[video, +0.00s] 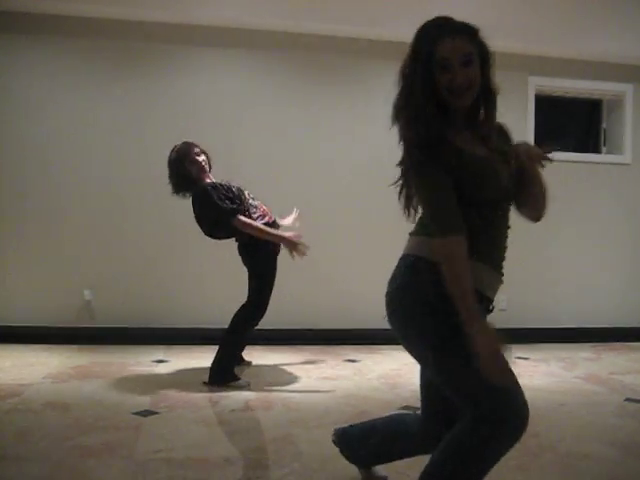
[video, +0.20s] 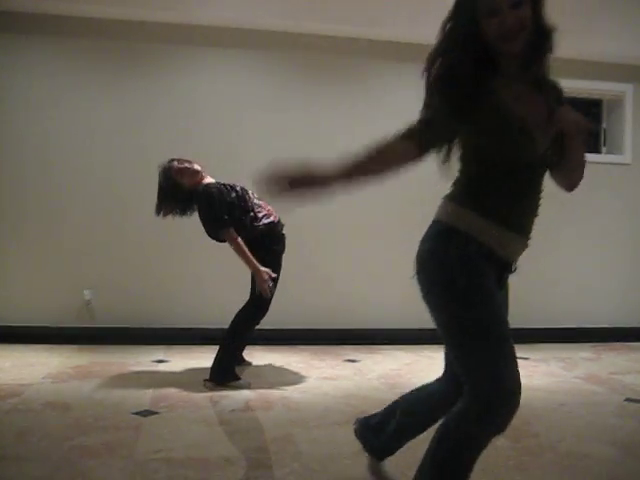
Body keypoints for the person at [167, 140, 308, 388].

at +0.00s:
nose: (200, 158)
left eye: (200, 153)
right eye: (192, 158)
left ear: (207, 157)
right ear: (184, 169)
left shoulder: (213, 189)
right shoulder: (207, 194)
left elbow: (249, 213)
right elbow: (242, 224)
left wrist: (278, 224)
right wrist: (283, 237)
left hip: (258, 243)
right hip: (256, 246)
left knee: (256, 304)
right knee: (255, 307)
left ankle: (231, 353)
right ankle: (220, 372)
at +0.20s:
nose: (188, 165)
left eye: (183, 161)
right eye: (181, 169)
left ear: (192, 162)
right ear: (184, 184)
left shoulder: (215, 189)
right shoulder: (208, 195)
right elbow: (232, 238)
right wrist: (257, 269)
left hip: (269, 238)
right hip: (265, 241)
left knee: (258, 303)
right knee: (257, 306)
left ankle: (232, 353)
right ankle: (221, 371)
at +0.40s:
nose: (182, 176)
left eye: (175, 177)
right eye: (178, 184)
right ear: (185, 196)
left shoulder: (213, 189)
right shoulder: (207, 200)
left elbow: (221, 233)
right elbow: (210, 242)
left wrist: (246, 250)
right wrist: (243, 265)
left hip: (270, 238)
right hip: (266, 241)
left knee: (258, 304)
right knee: (256, 306)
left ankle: (232, 353)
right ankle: (222, 371)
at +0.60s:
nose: (178, 181)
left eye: (173, 183)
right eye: (175, 190)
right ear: (183, 202)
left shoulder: (206, 190)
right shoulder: (204, 204)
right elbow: (209, 242)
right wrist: (244, 246)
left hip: (271, 234)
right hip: (267, 239)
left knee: (254, 304)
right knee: (252, 306)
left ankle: (230, 353)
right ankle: (221, 372)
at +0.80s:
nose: (185, 153)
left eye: (179, 155)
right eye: (182, 161)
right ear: (190, 175)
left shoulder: (216, 172)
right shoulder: (213, 179)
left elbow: (210, 220)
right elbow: (210, 220)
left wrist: (237, 241)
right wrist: (237, 241)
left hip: (260, 233)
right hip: (257, 237)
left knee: (253, 301)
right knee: (253, 303)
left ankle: (230, 354)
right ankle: (223, 369)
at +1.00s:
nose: (221, 120)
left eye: (218, 117)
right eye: (213, 123)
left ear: (228, 124)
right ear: (210, 140)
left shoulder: (249, 150)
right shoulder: (217, 166)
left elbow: (254, 189)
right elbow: (205, 208)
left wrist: (257, 219)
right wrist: (215, 248)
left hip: (248, 232)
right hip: (231, 235)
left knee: (238, 292)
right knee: (252, 289)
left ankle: (227, 355)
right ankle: (234, 357)